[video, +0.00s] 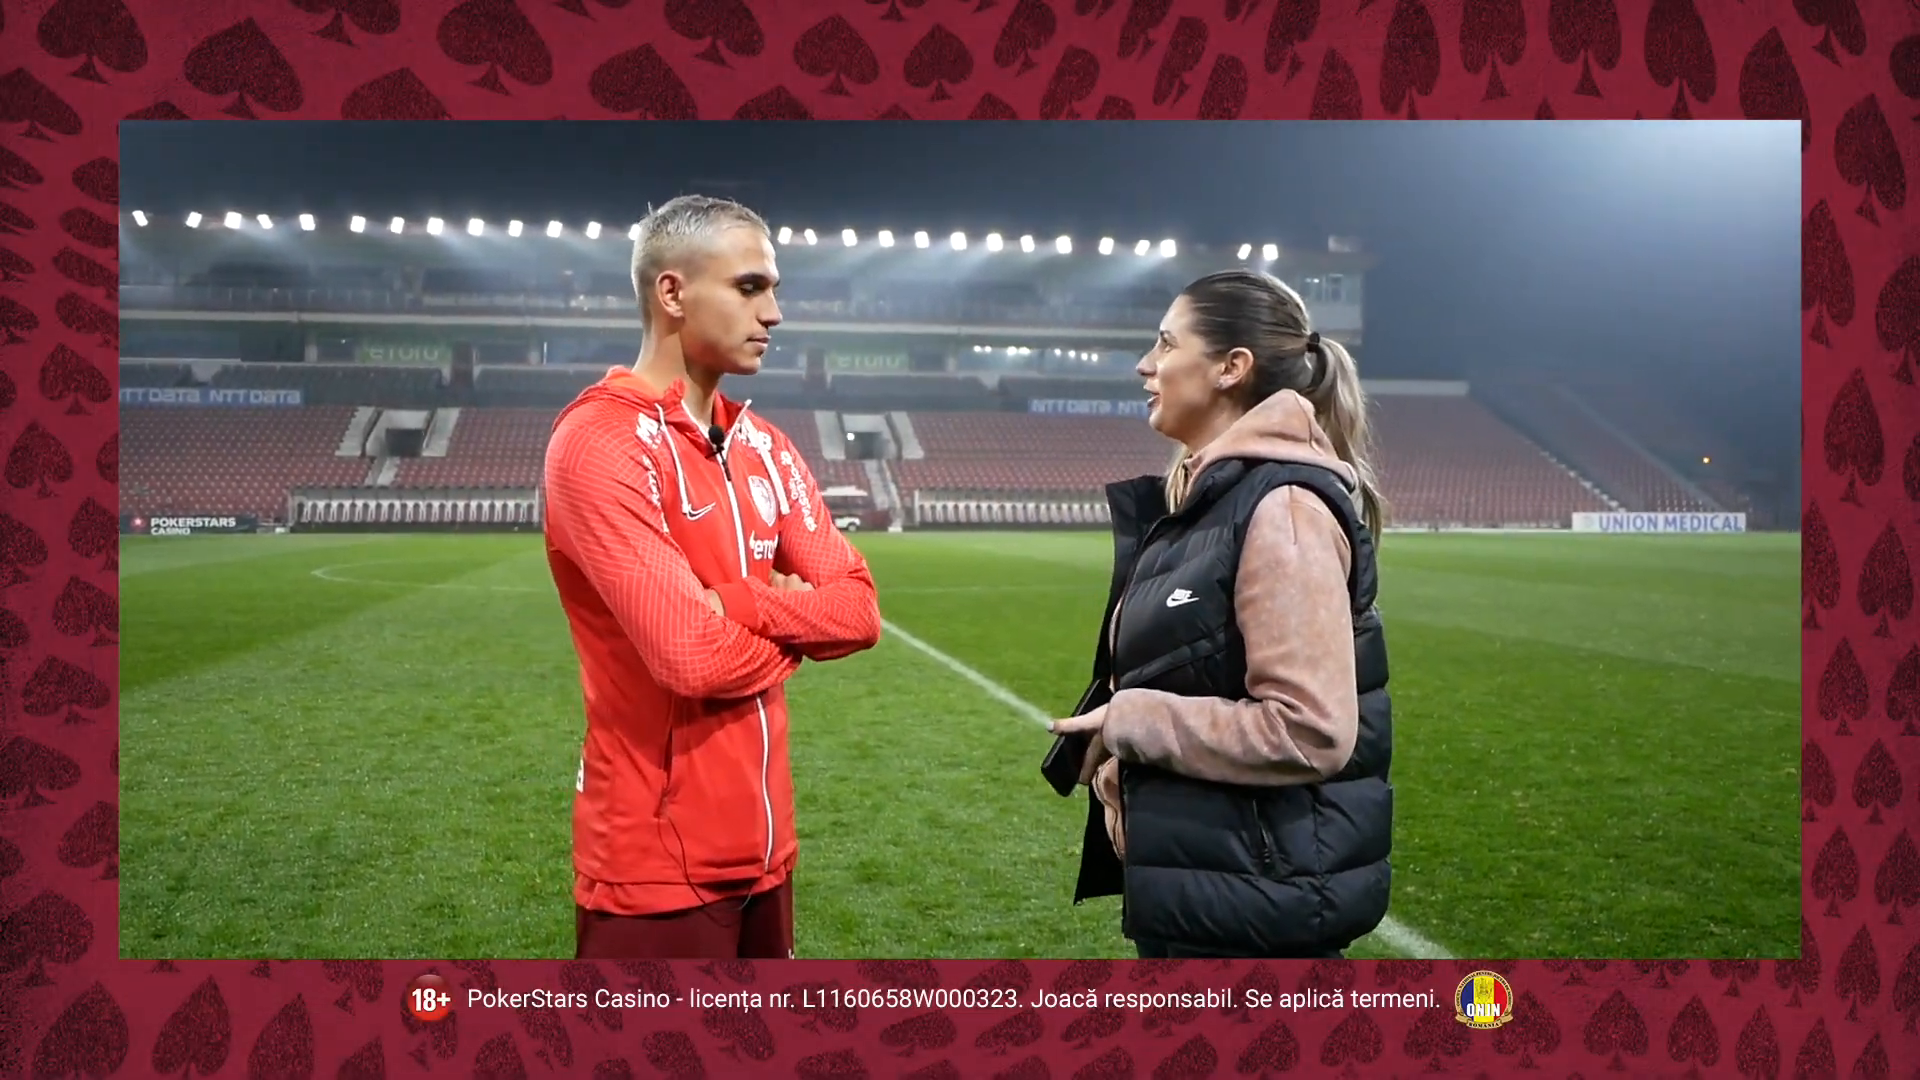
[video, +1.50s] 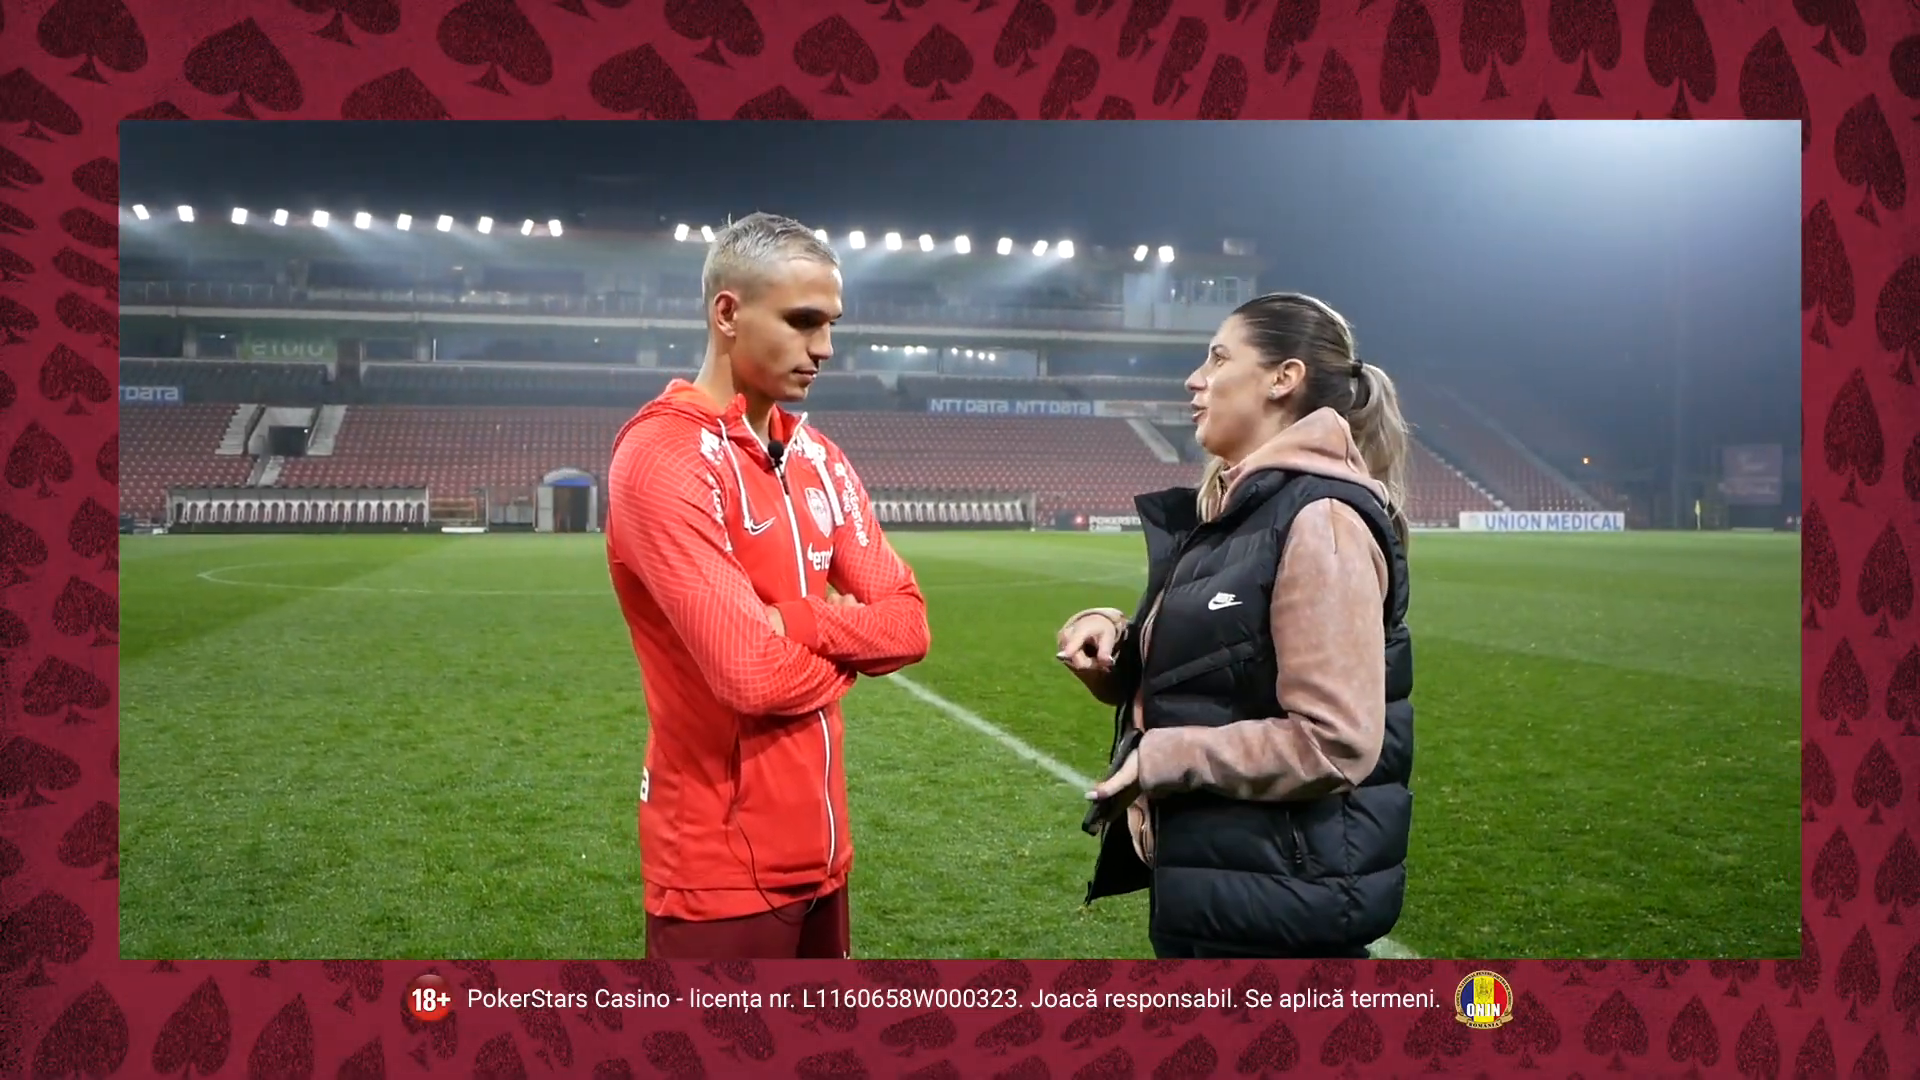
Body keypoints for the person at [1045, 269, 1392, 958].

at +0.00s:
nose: (1146, 366)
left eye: (1166, 343)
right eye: (1155, 344)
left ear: (1232, 368)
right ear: (1228, 370)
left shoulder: (1285, 510)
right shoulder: (1208, 499)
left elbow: (1310, 730)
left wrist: (1131, 718)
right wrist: (1109, 763)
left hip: (1257, 913)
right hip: (1201, 906)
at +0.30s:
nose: (1154, 379)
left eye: (1174, 357)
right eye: (1163, 358)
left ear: (1243, 379)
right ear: (1237, 381)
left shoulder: (1295, 520)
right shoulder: (1221, 506)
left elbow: (1319, 739)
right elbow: (1206, 694)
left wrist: (1141, 729)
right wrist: (1106, 788)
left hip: (1262, 914)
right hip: (1207, 906)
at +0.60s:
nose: (1176, 388)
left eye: (1197, 366)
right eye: (1185, 367)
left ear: (1266, 385)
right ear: (1260, 387)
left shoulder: (1317, 523)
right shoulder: (1236, 508)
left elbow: (1326, 736)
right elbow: (1209, 685)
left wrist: (1148, 720)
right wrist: (1083, 668)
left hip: (1273, 912)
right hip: (1213, 901)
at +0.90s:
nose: (1194, 393)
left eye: (1215, 371)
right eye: (1202, 372)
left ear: (1285, 386)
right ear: (1277, 386)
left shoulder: (1340, 525)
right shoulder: (1244, 514)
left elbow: (1261, 711)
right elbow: (1146, 667)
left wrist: (1115, 605)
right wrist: (1038, 595)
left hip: (1297, 908)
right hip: (1228, 900)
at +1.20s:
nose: (1198, 391)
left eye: (1218, 370)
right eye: (1205, 371)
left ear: (1288, 387)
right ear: (1285, 389)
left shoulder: (1342, 526)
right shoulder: (1246, 512)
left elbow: (1287, 729)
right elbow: (1167, 669)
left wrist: (1118, 664)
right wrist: (1049, 615)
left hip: (1294, 911)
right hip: (1223, 901)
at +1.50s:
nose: (1192, 381)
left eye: (1217, 358)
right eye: (1204, 360)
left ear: (1284, 379)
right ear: (1277, 379)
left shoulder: (1324, 523)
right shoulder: (1235, 511)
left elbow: (1338, 740)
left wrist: (1169, 753)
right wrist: (1115, 645)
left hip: (1282, 910)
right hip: (1219, 904)